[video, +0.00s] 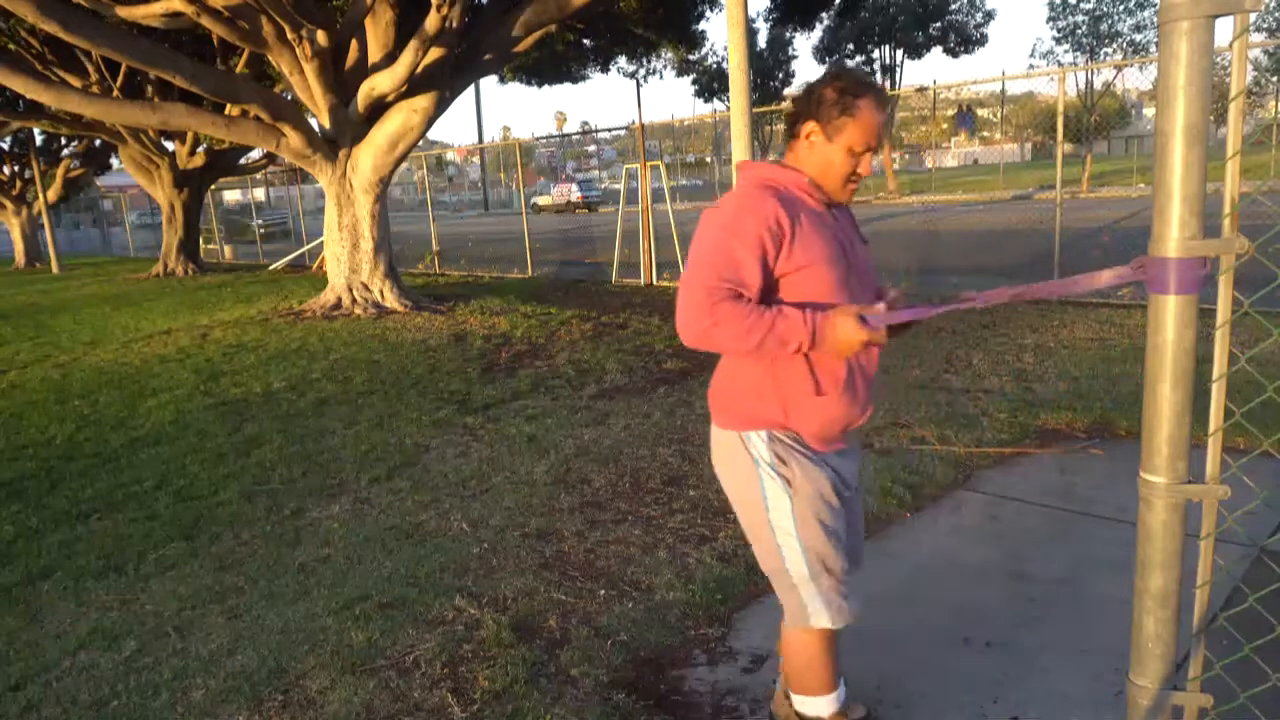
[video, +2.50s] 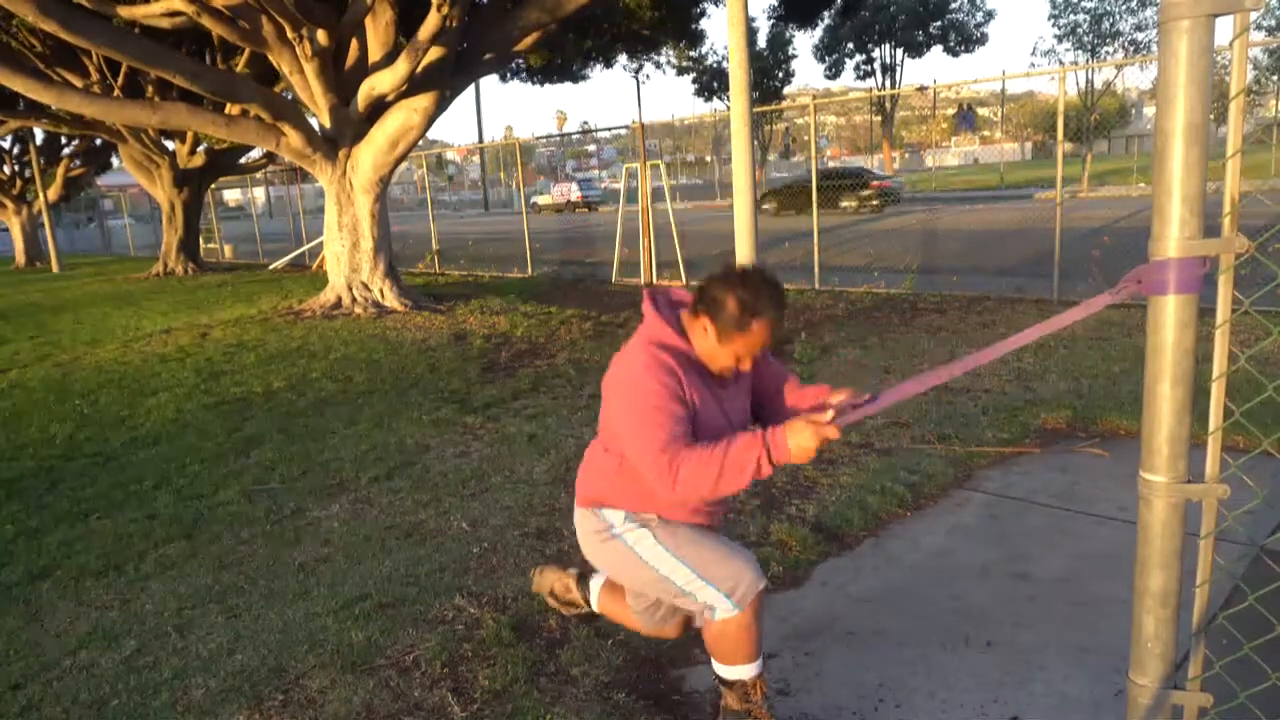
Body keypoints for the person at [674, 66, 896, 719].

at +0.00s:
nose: (866, 168)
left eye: (871, 154)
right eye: (859, 151)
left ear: (827, 139)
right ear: (810, 136)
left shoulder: (833, 211)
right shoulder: (750, 209)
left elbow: (838, 302)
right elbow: (699, 317)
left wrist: (879, 312)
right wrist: (818, 330)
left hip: (824, 431)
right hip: (767, 437)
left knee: (823, 578)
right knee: (813, 595)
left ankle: (796, 696)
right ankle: (821, 715)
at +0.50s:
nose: (752, 192)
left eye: (760, 178)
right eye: (743, 177)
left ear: (761, 166)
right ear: (700, 155)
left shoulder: (741, 220)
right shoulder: (644, 218)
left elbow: (756, 296)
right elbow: (583, 315)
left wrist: (789, 307)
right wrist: (689, 341)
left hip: (741, 424)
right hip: (667, 435)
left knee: (778, 549)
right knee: (696, 580)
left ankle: (767, 673)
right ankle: (717, 701)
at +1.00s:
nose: (697, 181)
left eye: (703, 166)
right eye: (684, 167)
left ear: (708, 162)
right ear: (639, 159)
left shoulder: (712, 216)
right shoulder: (603, 228)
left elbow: (760, 262)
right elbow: (626, 314)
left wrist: (810, 275)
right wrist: (740, 310)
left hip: (703, 420)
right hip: (637, 424)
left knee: (696, 543)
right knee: (689, 568)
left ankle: (638, 647)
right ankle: (717, 699)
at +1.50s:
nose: (718, 174)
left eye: (722, 159)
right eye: (707, 160)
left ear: (719, 153)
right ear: (661, 151)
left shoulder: (720, 215)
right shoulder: (627, 222)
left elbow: (780, 267)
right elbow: (682, 301)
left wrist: (843, 291)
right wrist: (791, 315)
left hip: (716, 413)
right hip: (653, 418)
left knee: (732, 545)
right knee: (698, 564)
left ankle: (732, 659)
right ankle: (716, 698)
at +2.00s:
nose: (705, 195)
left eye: (711, 180)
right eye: (694, 180)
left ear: (714, 171)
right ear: (652, 164)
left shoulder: (713, 224)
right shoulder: (610, 230)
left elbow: (766, 276)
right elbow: (646, 309)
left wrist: (833, 306)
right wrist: (758, 329)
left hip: (717, 419)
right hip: (650, 428)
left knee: (740, 544)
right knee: (705, 574)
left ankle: (689, 640)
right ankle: (731, 696)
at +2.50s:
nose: (746, 366)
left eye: (755, 355)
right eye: (739, 353)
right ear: (702, 327)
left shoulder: (733, 348)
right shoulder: (644, 370)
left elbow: (777, 392)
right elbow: (672, 474)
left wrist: (824, 401)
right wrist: (775, 446)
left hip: (678, 513)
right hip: (616, 515)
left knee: (663, 620)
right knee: (735, 584)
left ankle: (573, 588)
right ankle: (742, 704)